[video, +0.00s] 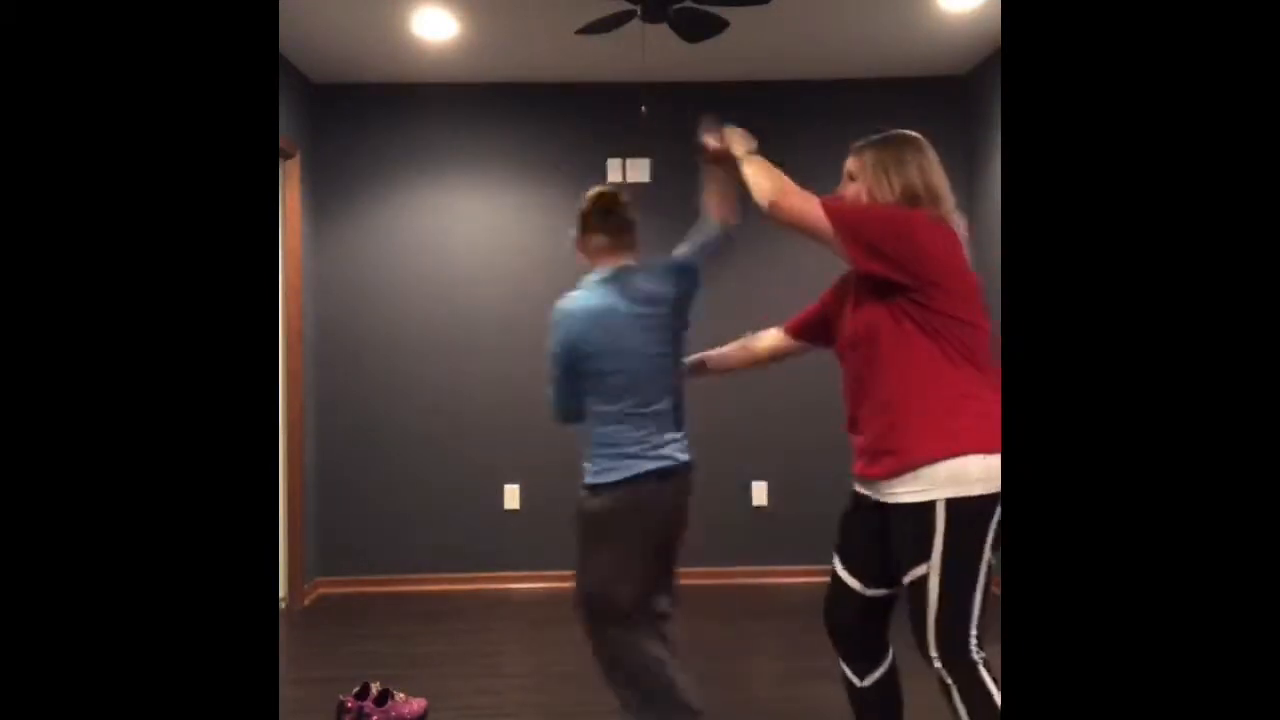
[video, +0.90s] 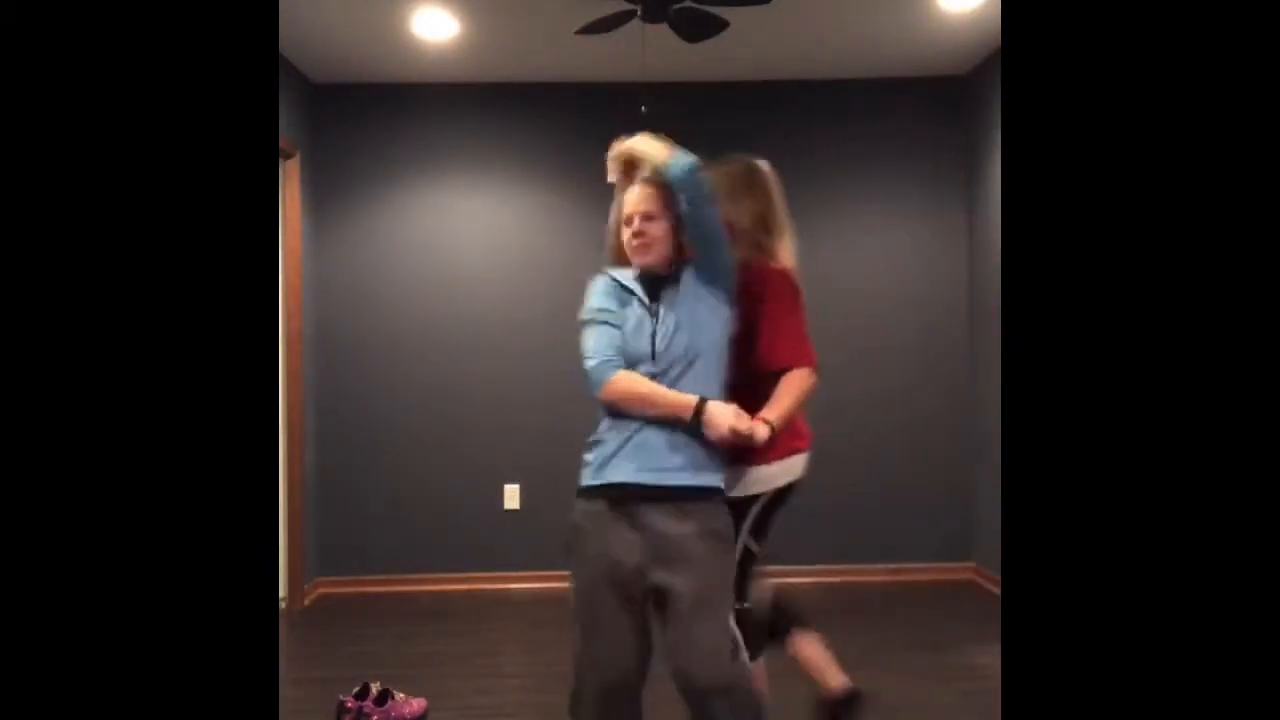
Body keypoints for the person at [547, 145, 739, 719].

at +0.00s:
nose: (579, 248)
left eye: (579, 241)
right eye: (585, 240)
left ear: (585, 243)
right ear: (632, 238)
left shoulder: (573, 311)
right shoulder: (669, 280)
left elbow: (567, 408)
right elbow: (720, 222)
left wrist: (610, 368)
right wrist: (714, 159)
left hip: (612, 486)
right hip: (672, 476)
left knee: (609, 615)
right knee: (652, 607)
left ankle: (672, 709)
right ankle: (652, 704)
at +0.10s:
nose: (632, 238)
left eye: (629, 227)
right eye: (626, 228)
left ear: (571, 237)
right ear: (603, 234)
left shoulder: (544, 308)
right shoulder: (636, 287)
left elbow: (569, 388)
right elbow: (737, 276)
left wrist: (651, 359)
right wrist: (757, 209)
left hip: (597, 486)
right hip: (668, 478)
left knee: (605, 606)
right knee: (678, 599)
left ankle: (654, 699)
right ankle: (684, 698)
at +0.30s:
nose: (624, 226)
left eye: (621, 214)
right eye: (613, 215)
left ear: (571, 223)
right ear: (580, 222)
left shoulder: (561, 279)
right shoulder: (588, 278)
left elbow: (608, 382)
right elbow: (685, 323)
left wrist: (670, 356)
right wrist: (754, 284)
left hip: (586, 469)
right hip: (617, 472)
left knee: (621, 607)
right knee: (663, 609)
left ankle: (614, 708)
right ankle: (676, 707)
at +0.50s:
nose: (624, 210)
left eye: (623, 199)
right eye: (610, 202)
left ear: (614, 206)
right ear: (573, 211)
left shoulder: (602, 276)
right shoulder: (569, 275)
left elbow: (665, 345)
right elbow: (618, 356)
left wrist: (699, 280)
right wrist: (694, 361)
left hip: (620, 465)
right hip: (596, 470)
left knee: (624, 601)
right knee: (661, 601)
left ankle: (612, 707)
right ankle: (656, 709)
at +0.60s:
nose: (628, 208)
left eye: (627, 197)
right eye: (612, 201)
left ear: (628, 204)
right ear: (576, 214)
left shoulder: (629, 285)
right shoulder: (570, 281)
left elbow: (707, 313)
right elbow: (609, 370)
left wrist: (702, 234)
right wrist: (692, 390)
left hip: (644, 475)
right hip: (596, 478)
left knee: (644, 626)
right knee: (626, 629)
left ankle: (613, 706)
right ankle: (610, 709)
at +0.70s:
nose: (631, 207)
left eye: (638, 196)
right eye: (615, 198)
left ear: (648, 207)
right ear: (589, 213)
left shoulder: (661, 276)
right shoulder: (573, 282)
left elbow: (736, 256)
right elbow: (601, 379)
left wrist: (701, 186)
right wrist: (692, 408)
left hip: (662, 479)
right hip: (592, 483)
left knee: (677, 635)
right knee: (620, 638)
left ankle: (650, 713)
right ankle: (610, 715)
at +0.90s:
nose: (635, 231)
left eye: (648, 219)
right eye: (628, 221)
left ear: (681, 224)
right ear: (618, 231)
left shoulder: (711, 287)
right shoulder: (608, 289)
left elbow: (689, 176)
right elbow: (606, 382)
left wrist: (639, 151)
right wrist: (701, 410)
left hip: (691, 504)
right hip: (608, 504)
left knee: (709, 673)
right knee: (606, 679)